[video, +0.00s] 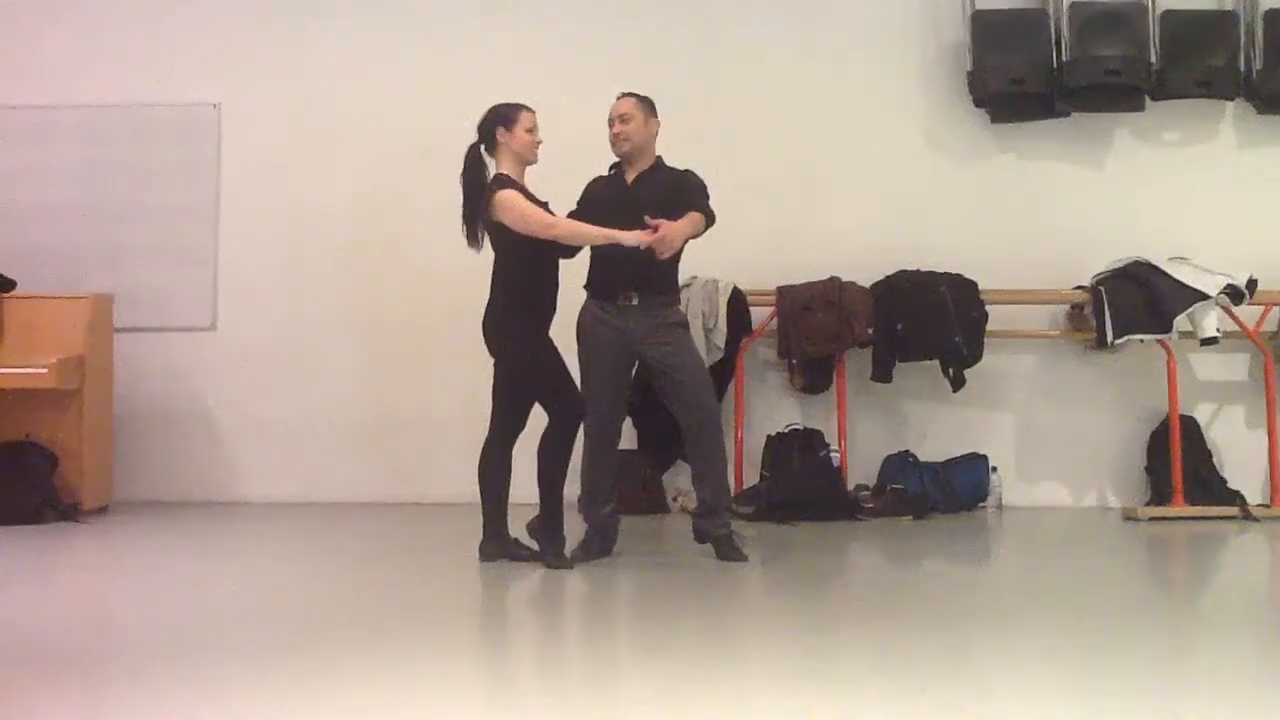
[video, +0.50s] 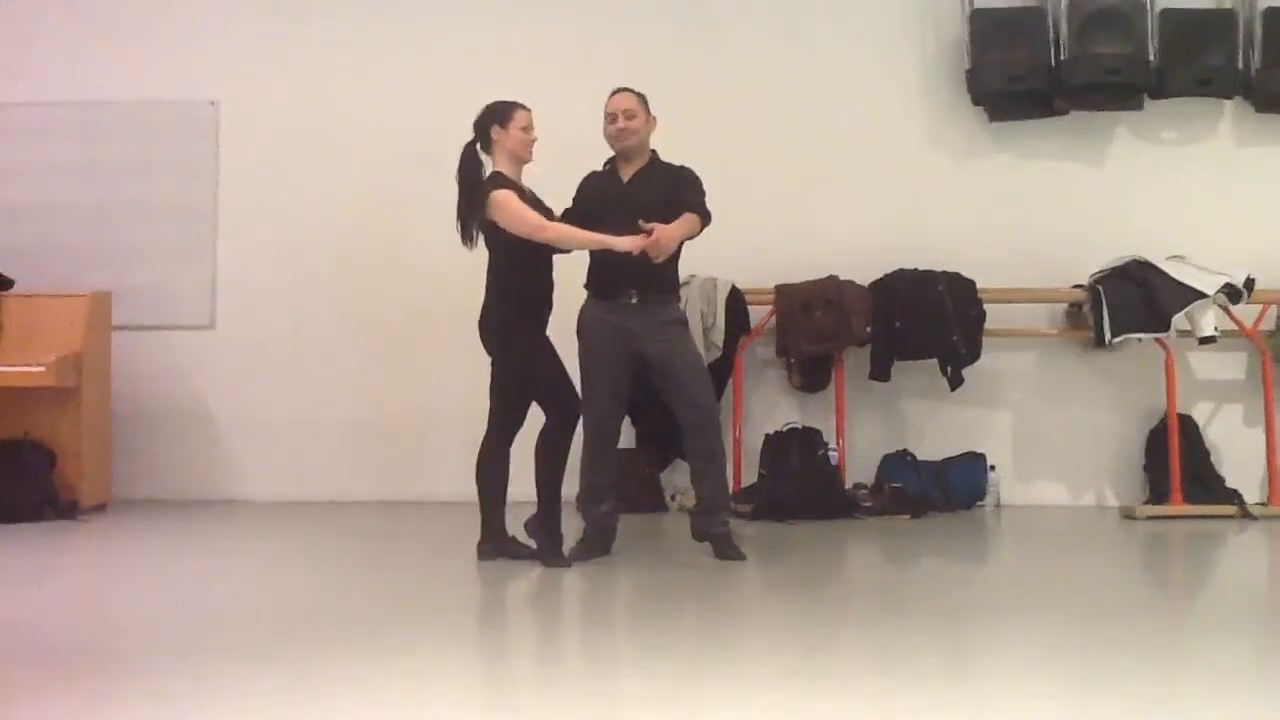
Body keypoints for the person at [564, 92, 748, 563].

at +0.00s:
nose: (615, 129)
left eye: (625, 120)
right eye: (611, 123)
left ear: (654, 126)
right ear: (610, 133)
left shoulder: (682, 182)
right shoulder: (598, 190)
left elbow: (702, 214)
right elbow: (568, 244)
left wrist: (681, 229)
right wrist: (525, 227)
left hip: (661, 320)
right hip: (603, 320)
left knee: (703, 412)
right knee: (601, 422)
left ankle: (715, 524)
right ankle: (598, 531)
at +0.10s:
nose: (617, 128)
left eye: (627, 120)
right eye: (612, 123)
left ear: (654, 127)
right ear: (608, 133)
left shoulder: (682, 182)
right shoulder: (597, 190)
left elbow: (701, 215)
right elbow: (568, 244)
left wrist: (679, 229)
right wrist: (525, 231)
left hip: (662, 319)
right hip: (603, 320)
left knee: (701, 412)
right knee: (600, 423)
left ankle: (715, 524)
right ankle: (599, 529)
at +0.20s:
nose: (620, 123)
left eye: (630, 115)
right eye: (614, 117)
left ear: (655, 122)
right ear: (610, 128)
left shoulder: (683, 177)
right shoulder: (598, 185)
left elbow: (701, 211)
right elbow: (569, 238)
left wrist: (678, 227)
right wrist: (525, 227)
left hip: (663, 315)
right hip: (604, 315)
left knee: (702, 408)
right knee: (602, 419)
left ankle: (716, 521)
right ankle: (599, 526)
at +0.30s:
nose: (622, 123)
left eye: (632, 115)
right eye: (615, 118)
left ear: (656, 123)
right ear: (609, 129)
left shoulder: (683, 178)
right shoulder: (596, 186)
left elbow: (700, 213)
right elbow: (568, 237)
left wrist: (678, 229)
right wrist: (523, 229)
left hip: (663, 316)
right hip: (604, 316)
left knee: (702, 410)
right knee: (601, 420)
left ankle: (716, 522)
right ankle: (599, 528)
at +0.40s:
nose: (621, 122)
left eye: (631, 115)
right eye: (614, 117)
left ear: (654, 123)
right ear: (607, 128)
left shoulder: (682, 177)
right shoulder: (594, 185)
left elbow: (700, 213)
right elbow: (567, 236)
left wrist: (677, 230)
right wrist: (522, 228)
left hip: (662, 316)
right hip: (604, 315)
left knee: (702, 410)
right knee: (600, 418)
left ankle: (716, 521)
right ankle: (599, 526)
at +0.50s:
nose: (619, 124)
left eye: (629, 116)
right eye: (611, 118)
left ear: (651, 124)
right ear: (604, 129)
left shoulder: (680, 178)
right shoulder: (593, 186)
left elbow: (698, 215)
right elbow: (566, 236)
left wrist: (674, 232)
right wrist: (522, 230)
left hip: (662, 318)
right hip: (604, 317)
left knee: (701, 412)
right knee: (600, 421)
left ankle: (714, 523)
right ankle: (598, 528)